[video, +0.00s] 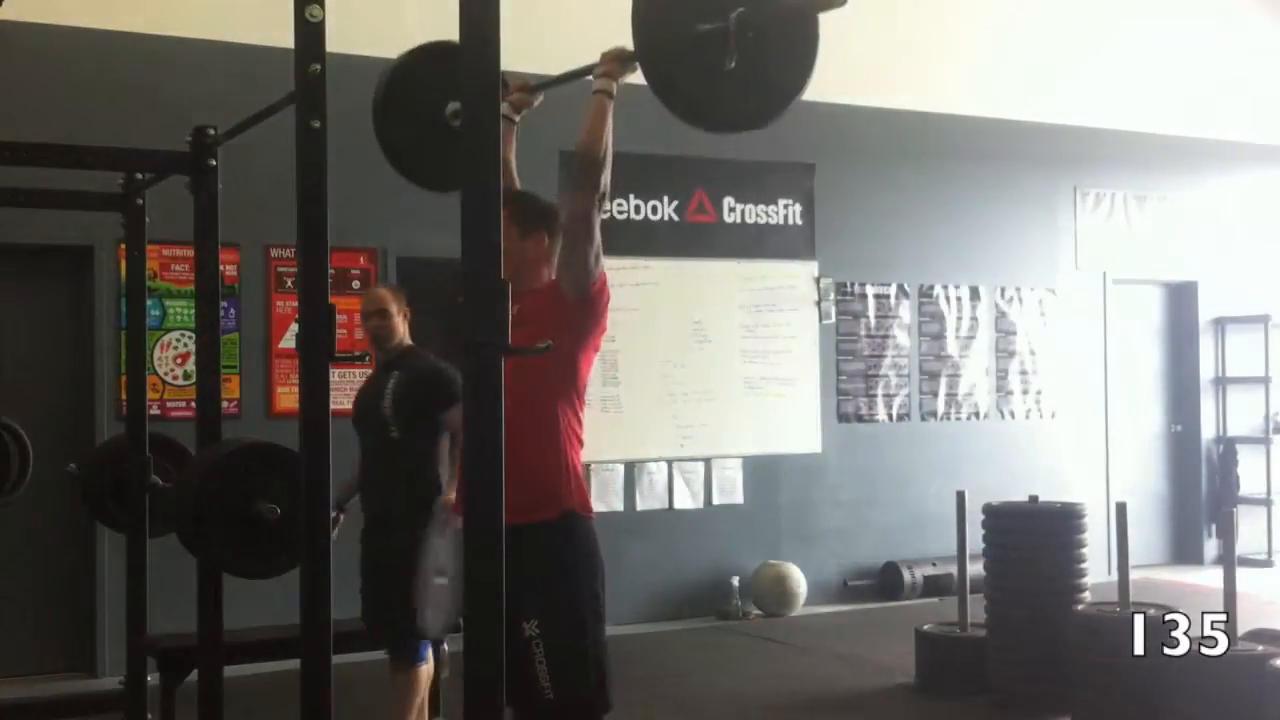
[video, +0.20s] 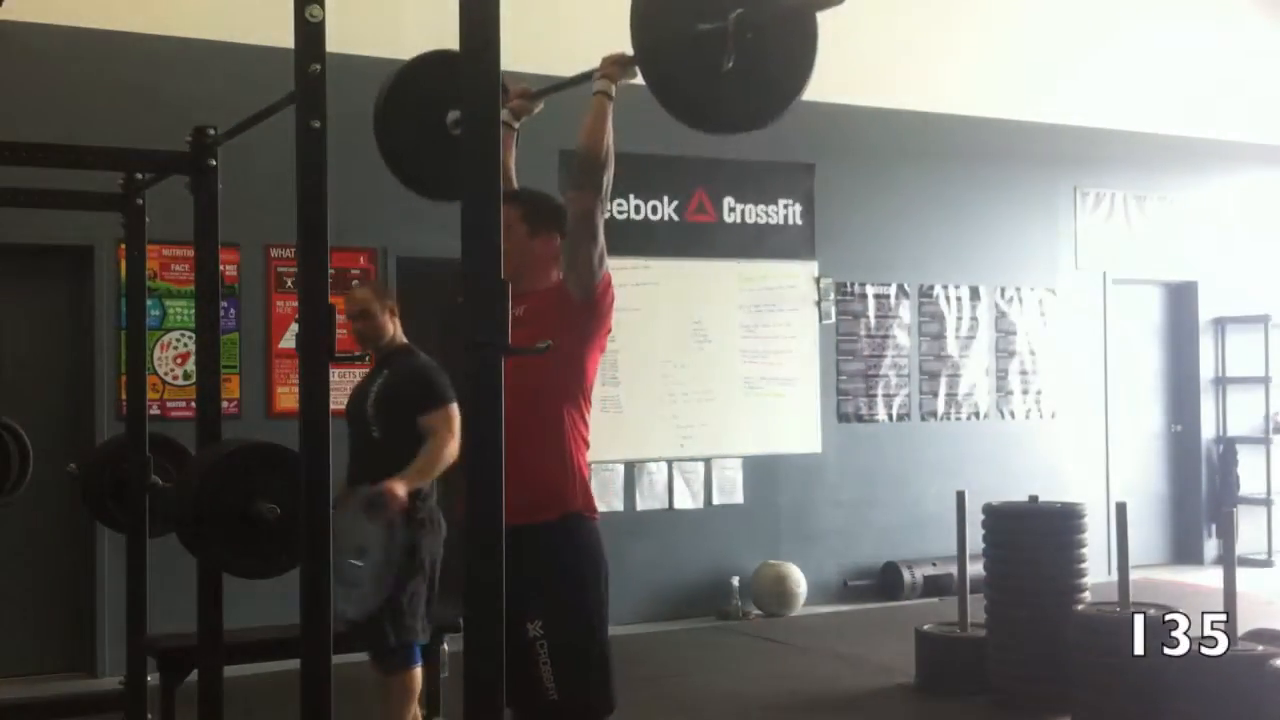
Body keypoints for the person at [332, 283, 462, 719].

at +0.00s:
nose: (373, 325)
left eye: (382, 315)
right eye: (366, 318)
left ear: (405, 317)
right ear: (361, 325)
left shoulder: (434, 374)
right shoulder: (371, 385)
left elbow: (462, 434)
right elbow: (371, 459)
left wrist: (456, 489)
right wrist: (338, 502)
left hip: (426, 516)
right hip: (383, 518)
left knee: (413, 629)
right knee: (395, 627)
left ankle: (407, 717)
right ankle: (422, 714)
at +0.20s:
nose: (355, 326)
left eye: (363, 316)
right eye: (350, 318)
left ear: (391, 315)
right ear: (348, 322)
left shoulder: (419, 370)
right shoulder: (373, 377)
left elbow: (447, 439)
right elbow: (369, 450)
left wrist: (406, 482)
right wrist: (349, 503)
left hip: (409, 517)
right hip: (373, 517)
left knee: (400, 637)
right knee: (381, 636)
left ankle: (404, 715)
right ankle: (409, 712)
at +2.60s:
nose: (287, 335)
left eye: (293, 324)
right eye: (283, 325)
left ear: (317, 321)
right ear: (287, 328)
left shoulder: (352, 366)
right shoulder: (314, 372)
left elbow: (372, 434)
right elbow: (304, 430)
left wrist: (311, 482)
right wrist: (260, 458)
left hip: (370, 516)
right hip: (341, 515)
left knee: (374, 650)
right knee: (361, 648)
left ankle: (385, 718)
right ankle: (369, 716)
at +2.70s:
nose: (280, 331)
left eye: (286, 320)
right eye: (277, 321)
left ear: (310, 320)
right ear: (290, 325)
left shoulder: (347, 367)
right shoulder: (310, 372)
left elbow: (369, 430)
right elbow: (287, 428)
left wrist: (308, 480)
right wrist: (245, 463)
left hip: (368, 518)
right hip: (340, 517)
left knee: (372, 651)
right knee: (360, 650)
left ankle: (385, 718)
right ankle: (370, 716)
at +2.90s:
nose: (282, 331)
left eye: (289, 321)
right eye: (277, 323)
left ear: (316, 318)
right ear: (277, 326)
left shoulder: (347, 367)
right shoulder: (310, 371)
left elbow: (367, 430)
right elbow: (282, 426)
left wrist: (305, 477)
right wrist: (242, 464)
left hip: (368, 519)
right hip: (339, 519)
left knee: (373, 650)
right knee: (355, 648)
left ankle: (386, 718)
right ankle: (367, 716)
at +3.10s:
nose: (294, 328)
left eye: (298, 317)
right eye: (292, 319)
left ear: (321, 312)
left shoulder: (362, 365)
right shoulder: (322, 367)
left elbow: (370, 434)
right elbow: (303, 421)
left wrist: (304, 476)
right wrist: (260, 452)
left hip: (376, 519)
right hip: (336, 517)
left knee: (383, 648)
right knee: (343, 646)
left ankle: (392, 719)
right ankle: (361, 718)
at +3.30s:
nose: (316, 336)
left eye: (322, 324)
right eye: (313, 326)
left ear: (346, 318)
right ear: (321, 323)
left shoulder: (380, 372)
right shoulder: (330, 371)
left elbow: (383, 446)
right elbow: (305, 425)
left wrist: (323, 488)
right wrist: (259, 459)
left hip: (377, 521)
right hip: (333, 519)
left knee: (380, 645)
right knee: (335, 642)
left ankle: (393, 718)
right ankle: (344, 717)